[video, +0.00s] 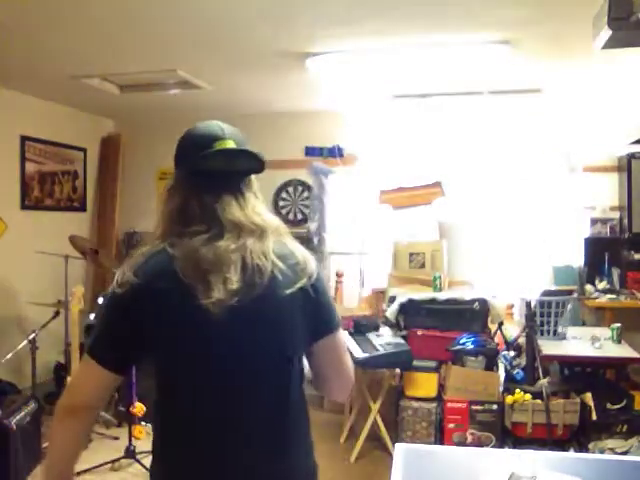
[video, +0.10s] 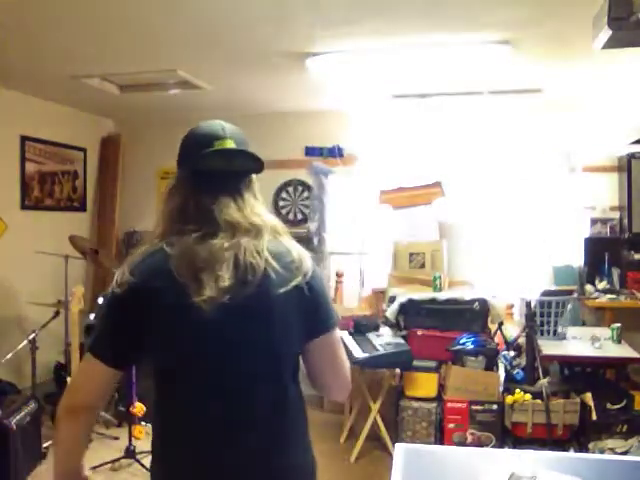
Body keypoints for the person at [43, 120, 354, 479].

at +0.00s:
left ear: (179, 190)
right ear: (248, 189)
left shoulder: (150, 275)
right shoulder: (295, 265)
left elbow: (78, 405)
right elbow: (339, 387)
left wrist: (55, 471)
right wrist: (295, 350)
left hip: (184, 470)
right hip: (283, 470)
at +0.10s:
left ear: (181, 186)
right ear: (250, 186)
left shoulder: (148, 275)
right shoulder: (293, 265)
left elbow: (77, 407)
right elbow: (338, 387)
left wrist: (70, 470)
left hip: (184, 467)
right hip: (281, 467)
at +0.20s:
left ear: (185, 183)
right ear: (254, 184)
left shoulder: (152, 269)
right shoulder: (294, 264)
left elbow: (83, 391)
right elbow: (338, 386)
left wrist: (77, 458)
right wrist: (324, 334)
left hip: (186, 465)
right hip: (281, 465)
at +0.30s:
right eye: (261, 174)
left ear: (193, 181)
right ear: (262, 181)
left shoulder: (155, 266)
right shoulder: (300, 262)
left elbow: (84, 389)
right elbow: (343, 384)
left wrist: (82, 448)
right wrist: (332, 318)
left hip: (190, 467)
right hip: (286, 467)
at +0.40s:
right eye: (273, 174)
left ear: (205, 180)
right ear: (274, 182)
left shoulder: (166, 266)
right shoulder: (309, 264)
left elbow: (92, 382)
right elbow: (353, 388)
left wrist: (88, 445)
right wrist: (350, 321)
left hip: (195, 467)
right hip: (290, 467)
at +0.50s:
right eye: (289, 181)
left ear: (217, 186)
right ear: (290, 186)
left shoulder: (176, 268)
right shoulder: (321, 270)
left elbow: (99, 386)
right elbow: (366, 397)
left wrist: (93, 455)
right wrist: (365, 339)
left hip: (199, 469)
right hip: (297, 470)